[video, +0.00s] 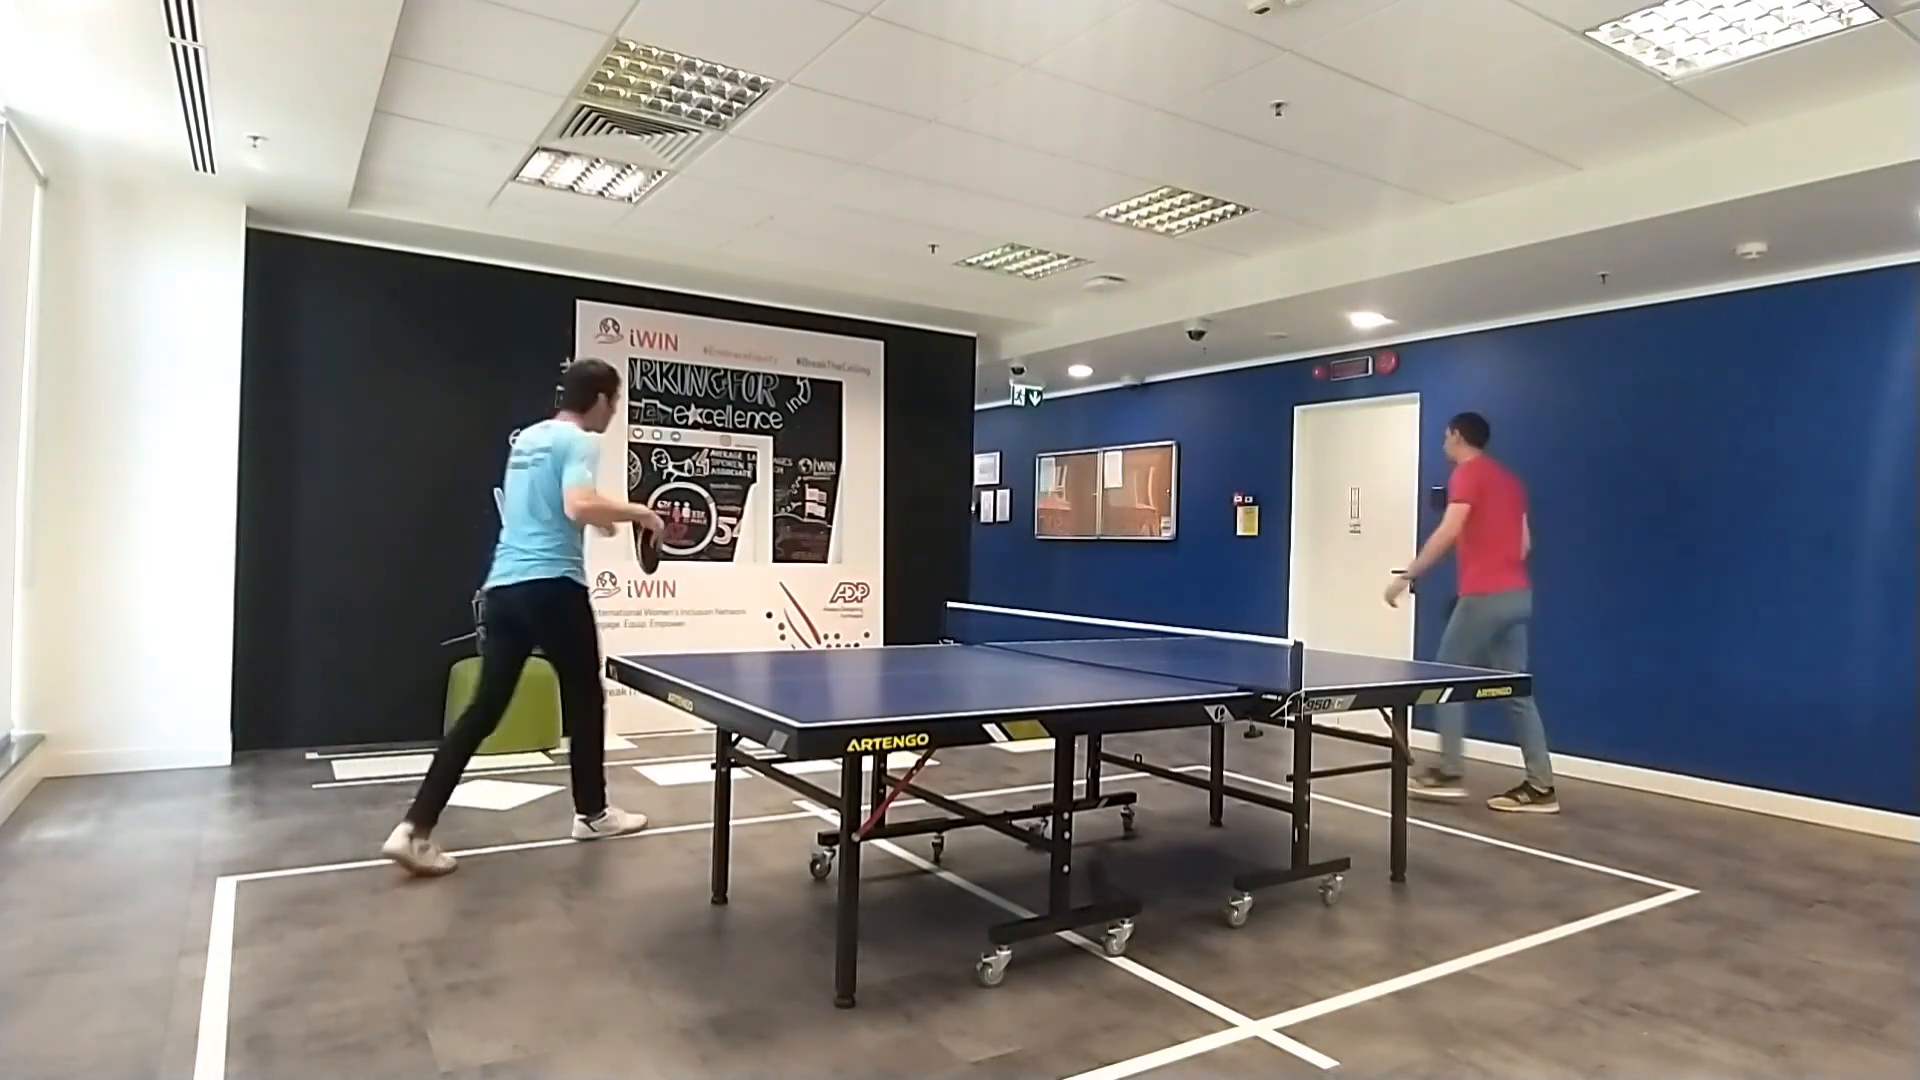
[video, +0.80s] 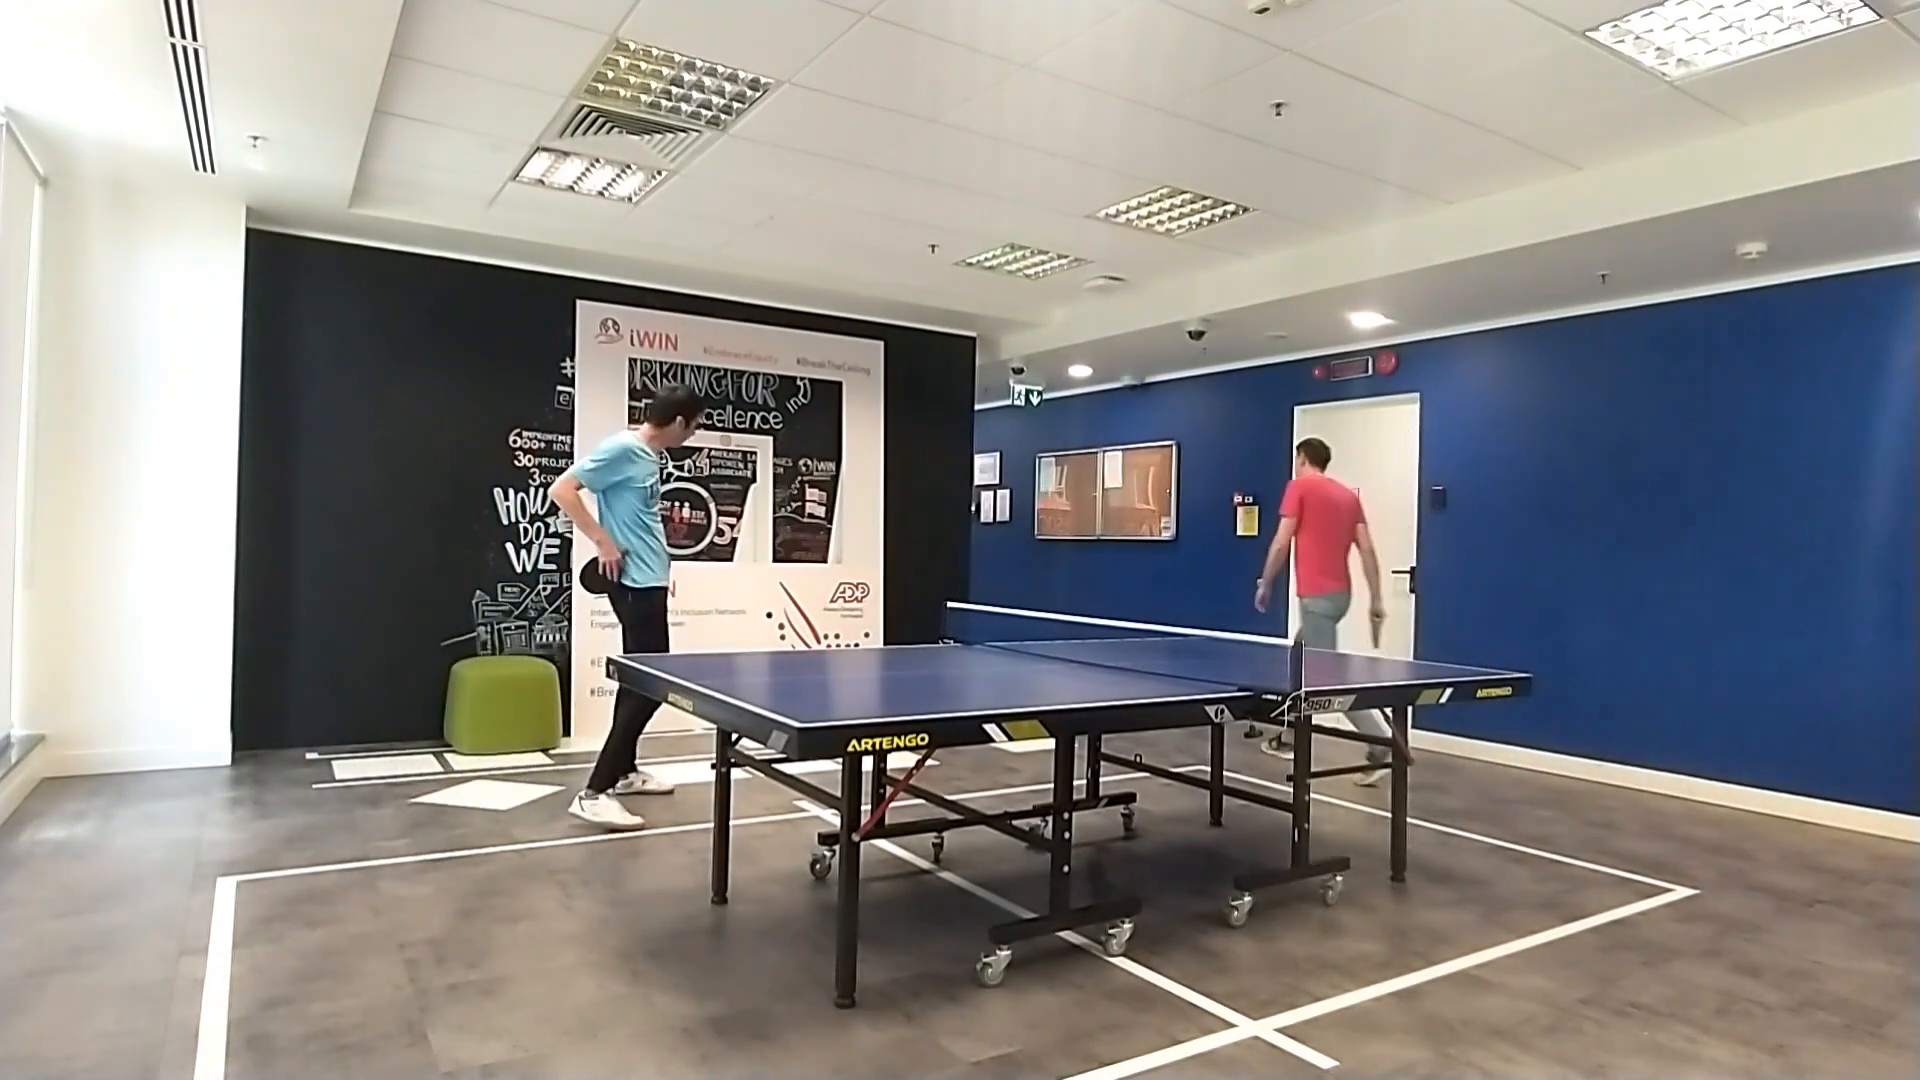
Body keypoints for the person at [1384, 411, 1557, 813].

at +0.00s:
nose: (1446, 445)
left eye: (1447, 438)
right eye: (1447, 438)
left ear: (1458, 437)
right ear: (1481, 440)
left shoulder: (1467, 472)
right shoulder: (1509, 479)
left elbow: (1449, 530)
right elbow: (1523, 544)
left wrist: (1406, 576)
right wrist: (1490, 571)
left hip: (1483, 597)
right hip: (1516, 595)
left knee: (1444, 681)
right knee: (1517, 689)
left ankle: (1448, 773)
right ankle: (1540, 785)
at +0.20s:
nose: (1408, 452)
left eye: (1411, 445)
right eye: (1410, 445)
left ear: (1422, 447)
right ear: (1442, 450)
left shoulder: (1425, 483)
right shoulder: (1472, 488)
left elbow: (1408, 540)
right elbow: (1488, 549)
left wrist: (1368, 581)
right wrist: (1489, 601)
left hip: (1436, 603)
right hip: (1472, 602)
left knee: (1403, 687)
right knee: (1480, 689)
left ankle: (1398, 768)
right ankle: (1533, 778)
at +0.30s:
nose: (1387, 452)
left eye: (1390, 445)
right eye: (1389, 445)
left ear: (1402, 447)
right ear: (1421, 448)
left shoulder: (1402, 483)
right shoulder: (1452, 486)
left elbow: (1387, 544)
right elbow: (1470, 548)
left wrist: (1359, 583)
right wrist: (1481, 597)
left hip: (1410, 602)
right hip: (1446, 603)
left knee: (1388, 688)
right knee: (1434, 688)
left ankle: (1394, 768)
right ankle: (1498, 756)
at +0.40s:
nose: (1368, 449)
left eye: (1371, 443)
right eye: (1369, 443)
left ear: (1382, 444)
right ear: (1400, 444)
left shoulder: (1378, 478)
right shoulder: (1432, 481)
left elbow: (1368, 540)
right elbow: (1454, 539)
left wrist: (1350, 576)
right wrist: (1470, 589)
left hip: (1393, 595)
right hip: (1426, 594)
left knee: (1381, 678)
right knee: (1400, 673)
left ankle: (1395, 766)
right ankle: (1443, 740)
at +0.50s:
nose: (1350, 452)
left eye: (1352, 446)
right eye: (1351, 446)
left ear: (1362, 445)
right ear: (1381, 446)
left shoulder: (1358, 477)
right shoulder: (1413, 483)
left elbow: (1345, 535)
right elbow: (1439, 537)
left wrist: (1333, 572)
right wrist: (1452, 585)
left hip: (1375, 590)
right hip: (1406, 590)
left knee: (1376, 678)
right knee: (1354, 662)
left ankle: (1392, 764)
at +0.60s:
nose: (1331, 461)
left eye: (1332, 455)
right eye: (1332, 455)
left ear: (1341, 453)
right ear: (1362, 455)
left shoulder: (1337, 483)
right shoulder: (1391, 489)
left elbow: (1320, 541)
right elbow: (1417, 541)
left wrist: (1311, 572)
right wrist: (1429, 591)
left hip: (1356, 595)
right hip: (1386, 594)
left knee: (1374, 681)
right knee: (1341, 665)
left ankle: (1398, 764)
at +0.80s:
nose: (1295, 468)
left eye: (1296, 462)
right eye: (1296, 462)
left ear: (1304, 461)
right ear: (1325, 462)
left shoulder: (1299, 487)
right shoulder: (1348, 495)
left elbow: (1281, 543)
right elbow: (1367, 551)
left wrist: (1264, 584)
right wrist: (1376, 600)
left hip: (1314, 597)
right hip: (1340, 596)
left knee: (1332, 680)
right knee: (1299, 664)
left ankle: (1382, 745)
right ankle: (1287, 735)